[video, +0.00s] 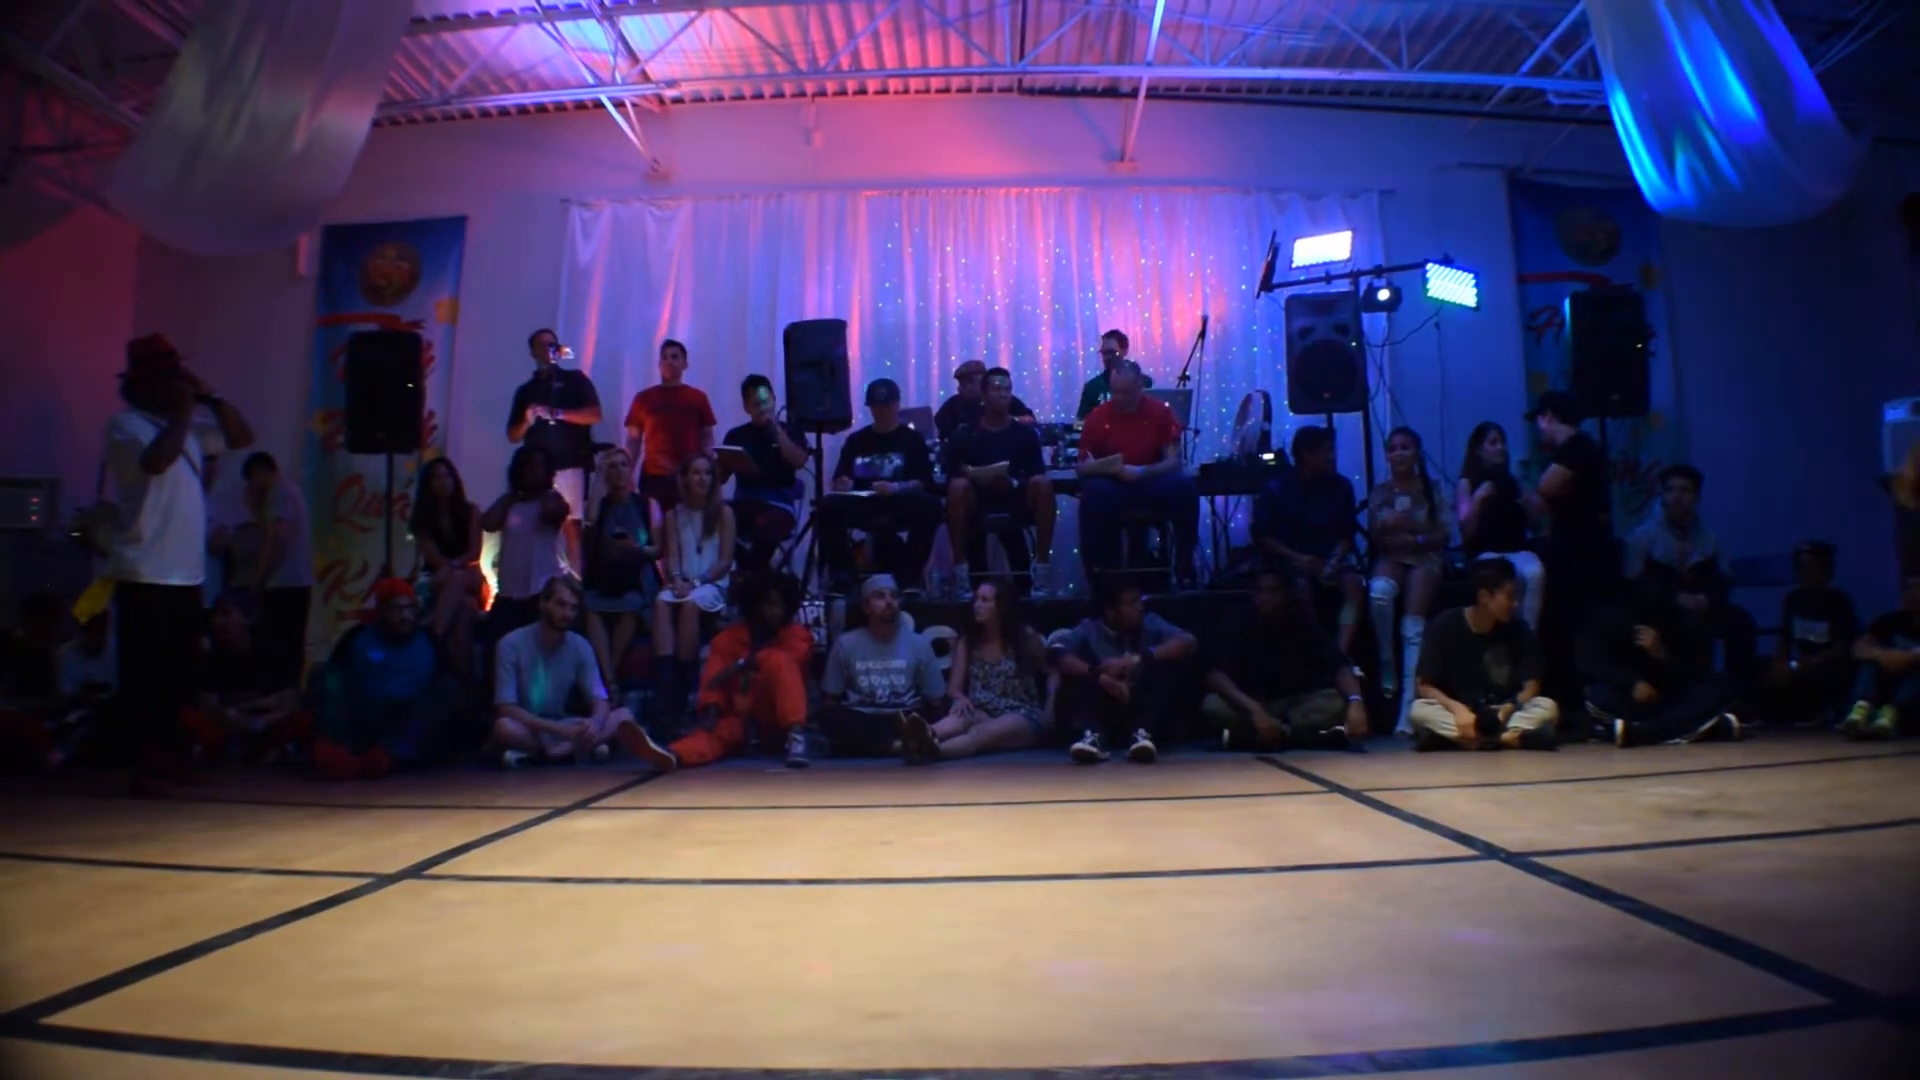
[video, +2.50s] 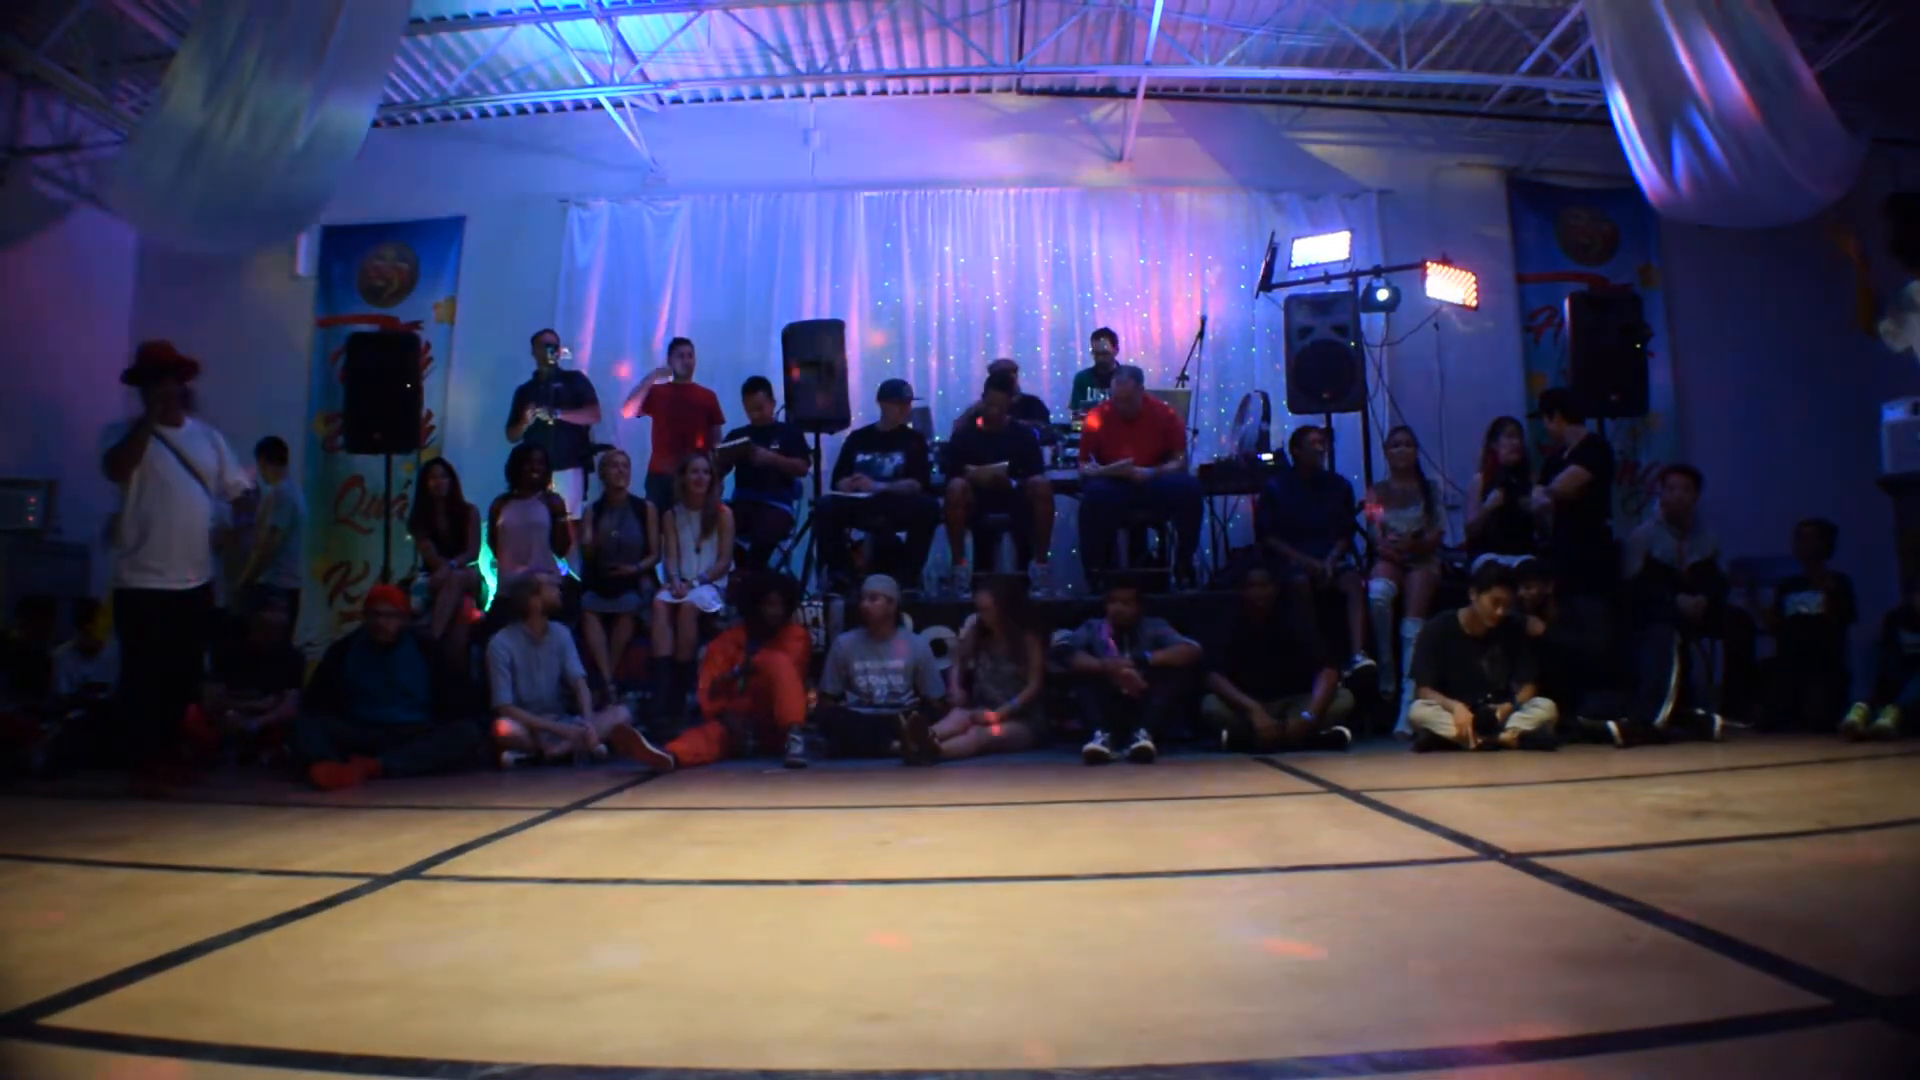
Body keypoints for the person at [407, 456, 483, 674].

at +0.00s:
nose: (443, 483)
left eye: (447, 477)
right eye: (437, 478)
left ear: (454, 480)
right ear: (428, 484)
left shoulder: (470, 511)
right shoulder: (423, 514)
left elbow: (475, 552)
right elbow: (429, 553)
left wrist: (452, 565)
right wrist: (453, 569)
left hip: (469, 572)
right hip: (437, 575)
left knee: (456, 578)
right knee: (465, 604)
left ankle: (435, 633)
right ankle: (461, 671)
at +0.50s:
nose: (443, 483)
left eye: (447, 477)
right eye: (436, 479)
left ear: (454, 481)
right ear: (427, 484)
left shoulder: (469, 511)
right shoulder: (422, 513)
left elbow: (474, 551)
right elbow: (429, 554)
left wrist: (450, 565)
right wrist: (454, 569)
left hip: (468, 572)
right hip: (436, 575)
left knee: (455, 577)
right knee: (465, 605)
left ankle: (434, 636)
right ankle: (462, 672)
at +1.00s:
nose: (439, 483)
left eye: (443, 477)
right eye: (433, 478)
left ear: (450, 480)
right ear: (424, 484)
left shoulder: (466, 511)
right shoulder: (418, 514)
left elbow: (471, 549)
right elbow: (425, 553)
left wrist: (448, 566)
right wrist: (449, 570)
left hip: (466, 573)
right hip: (433, 576)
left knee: (453, 577)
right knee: (462, 605)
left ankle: (431, 635)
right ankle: (458, 675)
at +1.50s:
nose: (440, 483)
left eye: (444, 477)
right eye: (434, 479)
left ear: (452, 481)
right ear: (425, 484)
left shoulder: (468, 512)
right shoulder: (420, 515)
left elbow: (473, 551)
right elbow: (426, 552)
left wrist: (451, 563)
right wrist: (448, 568)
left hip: (467, 571)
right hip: (435, 575)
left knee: (453, 578)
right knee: (464, 603)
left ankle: (434, 636)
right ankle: (458, 664)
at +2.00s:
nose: (440, 483)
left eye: (444, 477)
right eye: (434, 478)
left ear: (452, 481)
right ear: (425, 484)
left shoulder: (468, 512)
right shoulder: (420, 515)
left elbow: (472, 551)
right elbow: (427, 553)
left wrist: (451, 563)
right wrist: (447, 568)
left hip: (467, 572)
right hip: (434, 575)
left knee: (454, 577)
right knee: (464, 603)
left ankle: (434, 636)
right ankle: (457, 666)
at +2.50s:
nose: (439, 483)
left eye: (443, 477)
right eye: (433, 478)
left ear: (452, 481)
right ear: (424, 484)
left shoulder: (469, 512)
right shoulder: (420, 514)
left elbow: (473, 551)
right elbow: (427, 550)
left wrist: (450, 566)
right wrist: (448, 568)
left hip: (467, 570)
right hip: (435, 573)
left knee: (456, 577)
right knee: (461, 601)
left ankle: (434, 636)